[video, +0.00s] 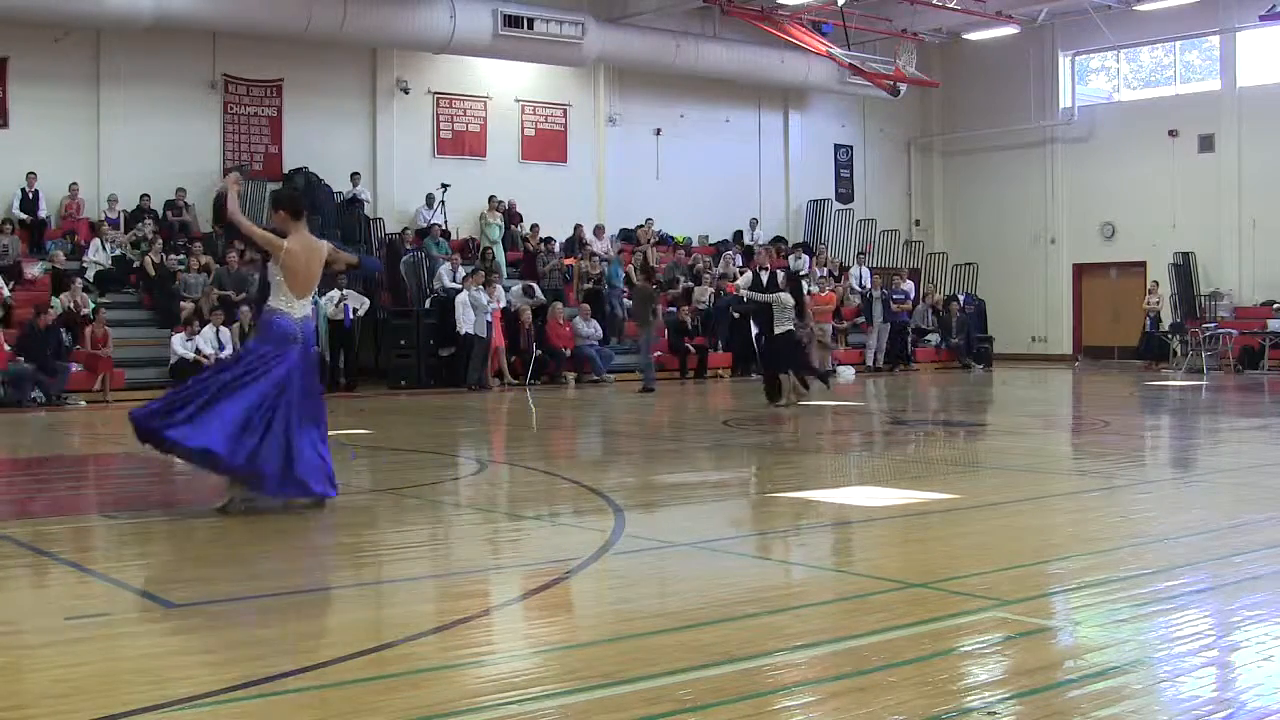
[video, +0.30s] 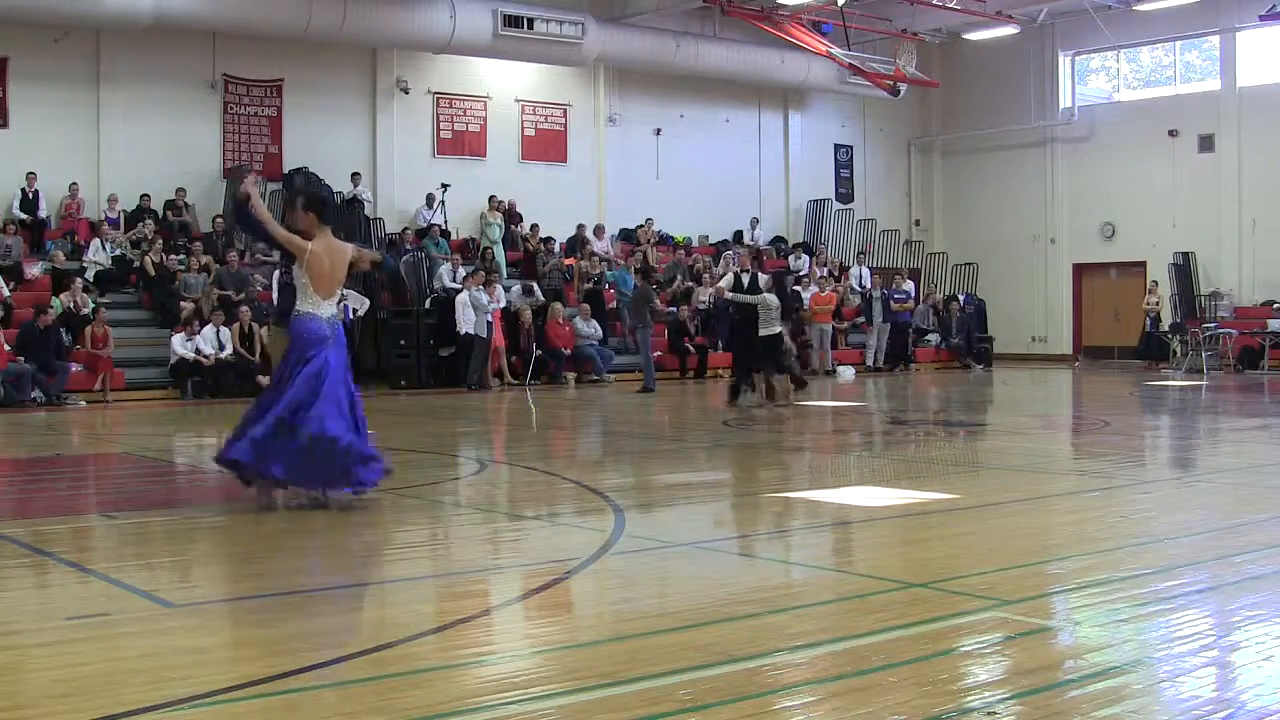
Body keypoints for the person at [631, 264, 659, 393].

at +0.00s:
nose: (639, 279)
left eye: (640, 277)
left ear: (641, 276)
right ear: (651, 277)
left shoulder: (636, 289)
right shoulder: (651, 291)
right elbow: (657, 306)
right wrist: (659, 319)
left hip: (641, 322)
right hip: (648, 322)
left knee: (645, 352)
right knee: (646, 352)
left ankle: (648, 382)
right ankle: (648, 381)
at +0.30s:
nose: (635, 277)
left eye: (637, 275)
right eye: (635, 275)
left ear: (641, 276)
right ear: (644, 276)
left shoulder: (646, 289)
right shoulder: (638, 289)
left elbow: (656, 304)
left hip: (644, 324)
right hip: (638, 323)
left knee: (646, 354)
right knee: (645, 354)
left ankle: (649, 383)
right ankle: (649, 382)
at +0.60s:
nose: (635, 279)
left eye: (637, 276)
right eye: (635, 276)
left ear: (641, 277)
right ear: (643, 277)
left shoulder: (641, 290)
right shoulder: (642, 289)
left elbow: (635, 305)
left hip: (642, 325)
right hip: (640, 324)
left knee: (645, 354)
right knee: (645, 354)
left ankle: (648, 383)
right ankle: (649, 382)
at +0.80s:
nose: (635, 278)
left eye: (636, 276)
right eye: (636, 276)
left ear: (639, 277)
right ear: (646, 277)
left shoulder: (643, 291)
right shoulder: (642, 291)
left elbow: (633, 305)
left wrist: (636, 322)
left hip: (642, 326)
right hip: (641, 326)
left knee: (645, 356)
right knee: (645, 355)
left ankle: (648, 383)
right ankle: (649, 382)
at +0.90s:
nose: (635, 278)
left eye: (636, 276)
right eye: (637, 275)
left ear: (638, 276)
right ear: (647, 276)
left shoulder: (641, 291)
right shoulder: (650, 289)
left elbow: (633, 305)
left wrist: (634, 322)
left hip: (642, 326)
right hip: (647, 324)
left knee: (644, 355)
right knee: (646, 354)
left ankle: (648, 383)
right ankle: (649, 382)